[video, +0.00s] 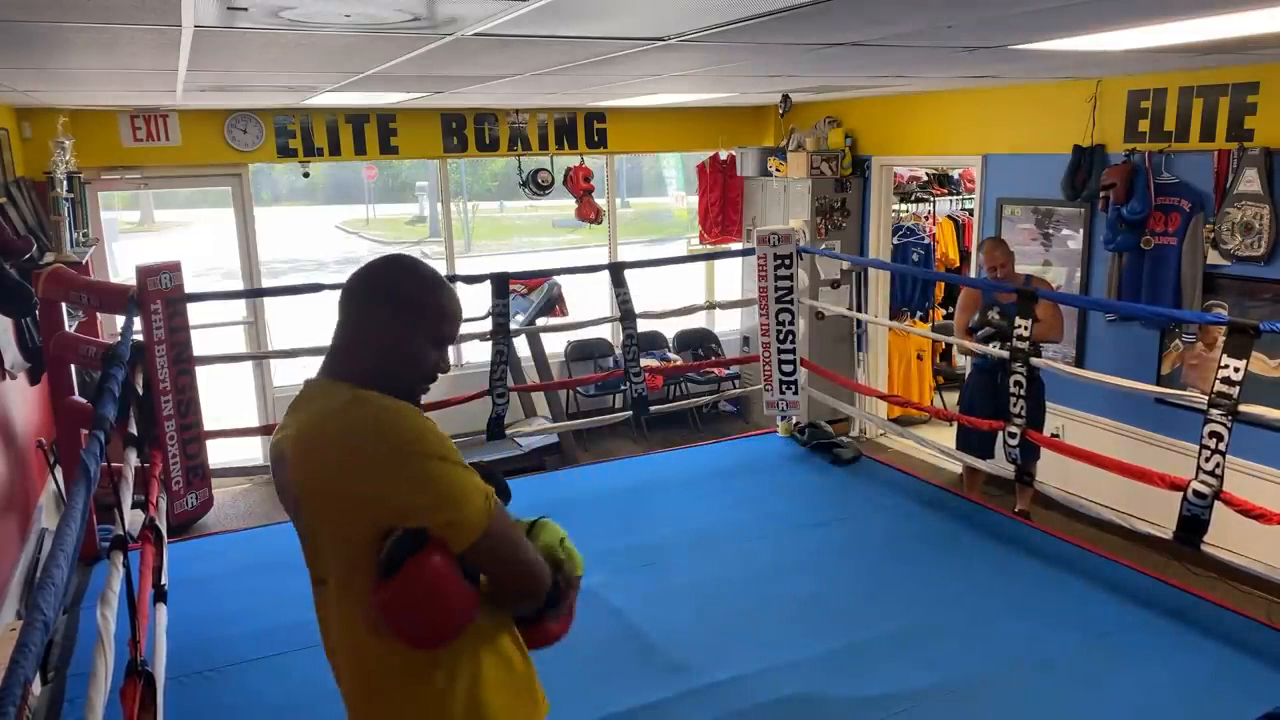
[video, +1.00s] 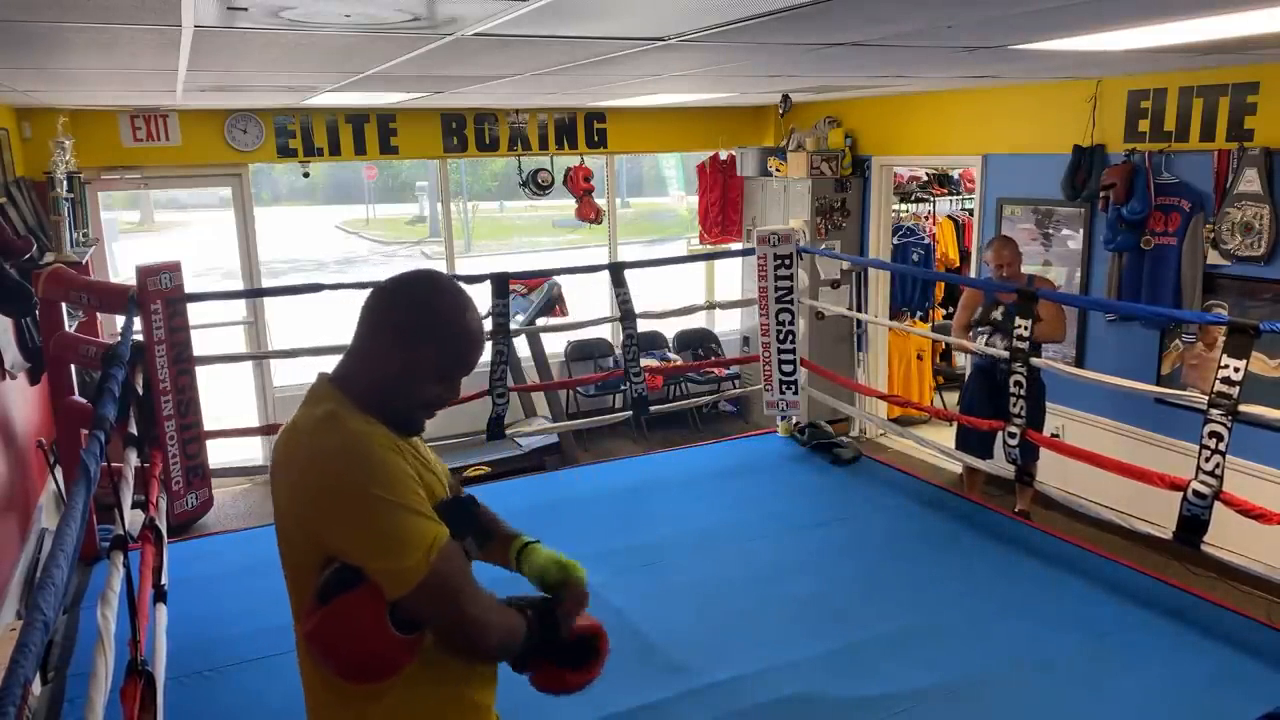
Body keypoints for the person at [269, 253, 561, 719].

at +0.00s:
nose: (445, 366)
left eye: (448, 348)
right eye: (439, 344)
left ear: (358, 325)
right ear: (390, 327)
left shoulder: (301, 423)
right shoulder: (396, 431)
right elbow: (528, 578)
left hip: (377, 694)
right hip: (463, 701)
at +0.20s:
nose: (452, 371)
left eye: (456, 354)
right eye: (448, 349)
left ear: (367, 325)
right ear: (397, 329)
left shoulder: (302, 420)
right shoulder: (396, 436)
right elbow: (527, 579)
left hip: (382, 694)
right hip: (469, 702)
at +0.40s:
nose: (451, 381)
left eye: (456, 364)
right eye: (449, 362)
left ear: (379, 337)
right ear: (398, 341)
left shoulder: (309, 415)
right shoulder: (387, 440)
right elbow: (518, 592)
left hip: (380, 699)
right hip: (459, 705)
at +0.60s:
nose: (445, 383)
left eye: (451, 367)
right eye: (441, 365)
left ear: (369, 339)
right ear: (392, 347)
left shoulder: (314, 419)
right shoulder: (374, 449)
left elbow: (456, 494)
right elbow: (504, 605)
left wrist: (531, 538)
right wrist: (529, 578)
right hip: (445, 706)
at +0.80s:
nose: (446, 391)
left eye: (451, 373)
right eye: (441, 371)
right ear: (389, 350)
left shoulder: (371, 416)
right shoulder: (346, 450)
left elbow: (458, 487)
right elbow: (484, 612)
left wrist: (535, 536)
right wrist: (515, 586)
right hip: (411, 709)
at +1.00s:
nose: (454, 397)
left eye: (459, 380)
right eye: (447, 379)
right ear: (397, 353)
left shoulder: (373, 421)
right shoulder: (352, 456)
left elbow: (455, 506)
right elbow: (472, 624)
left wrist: (528, 556)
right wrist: (541, 623)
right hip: (403, 708)